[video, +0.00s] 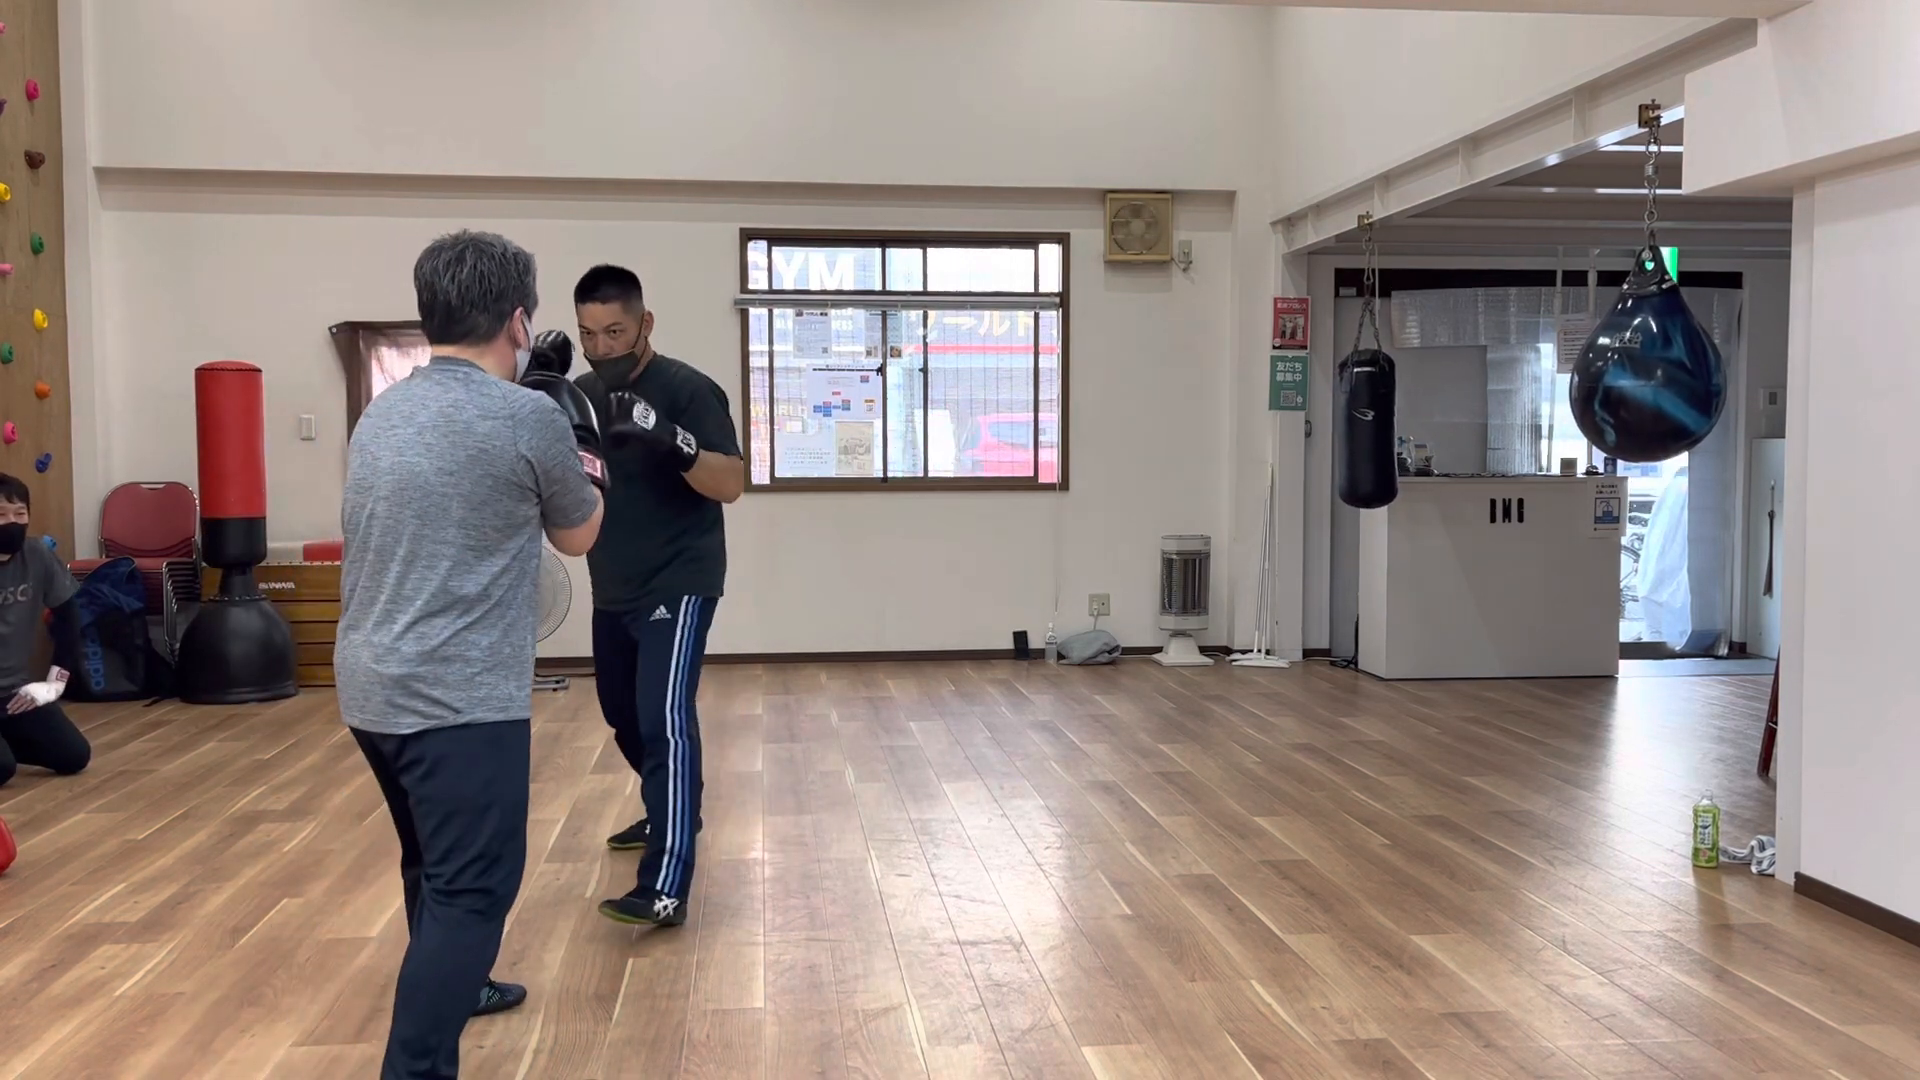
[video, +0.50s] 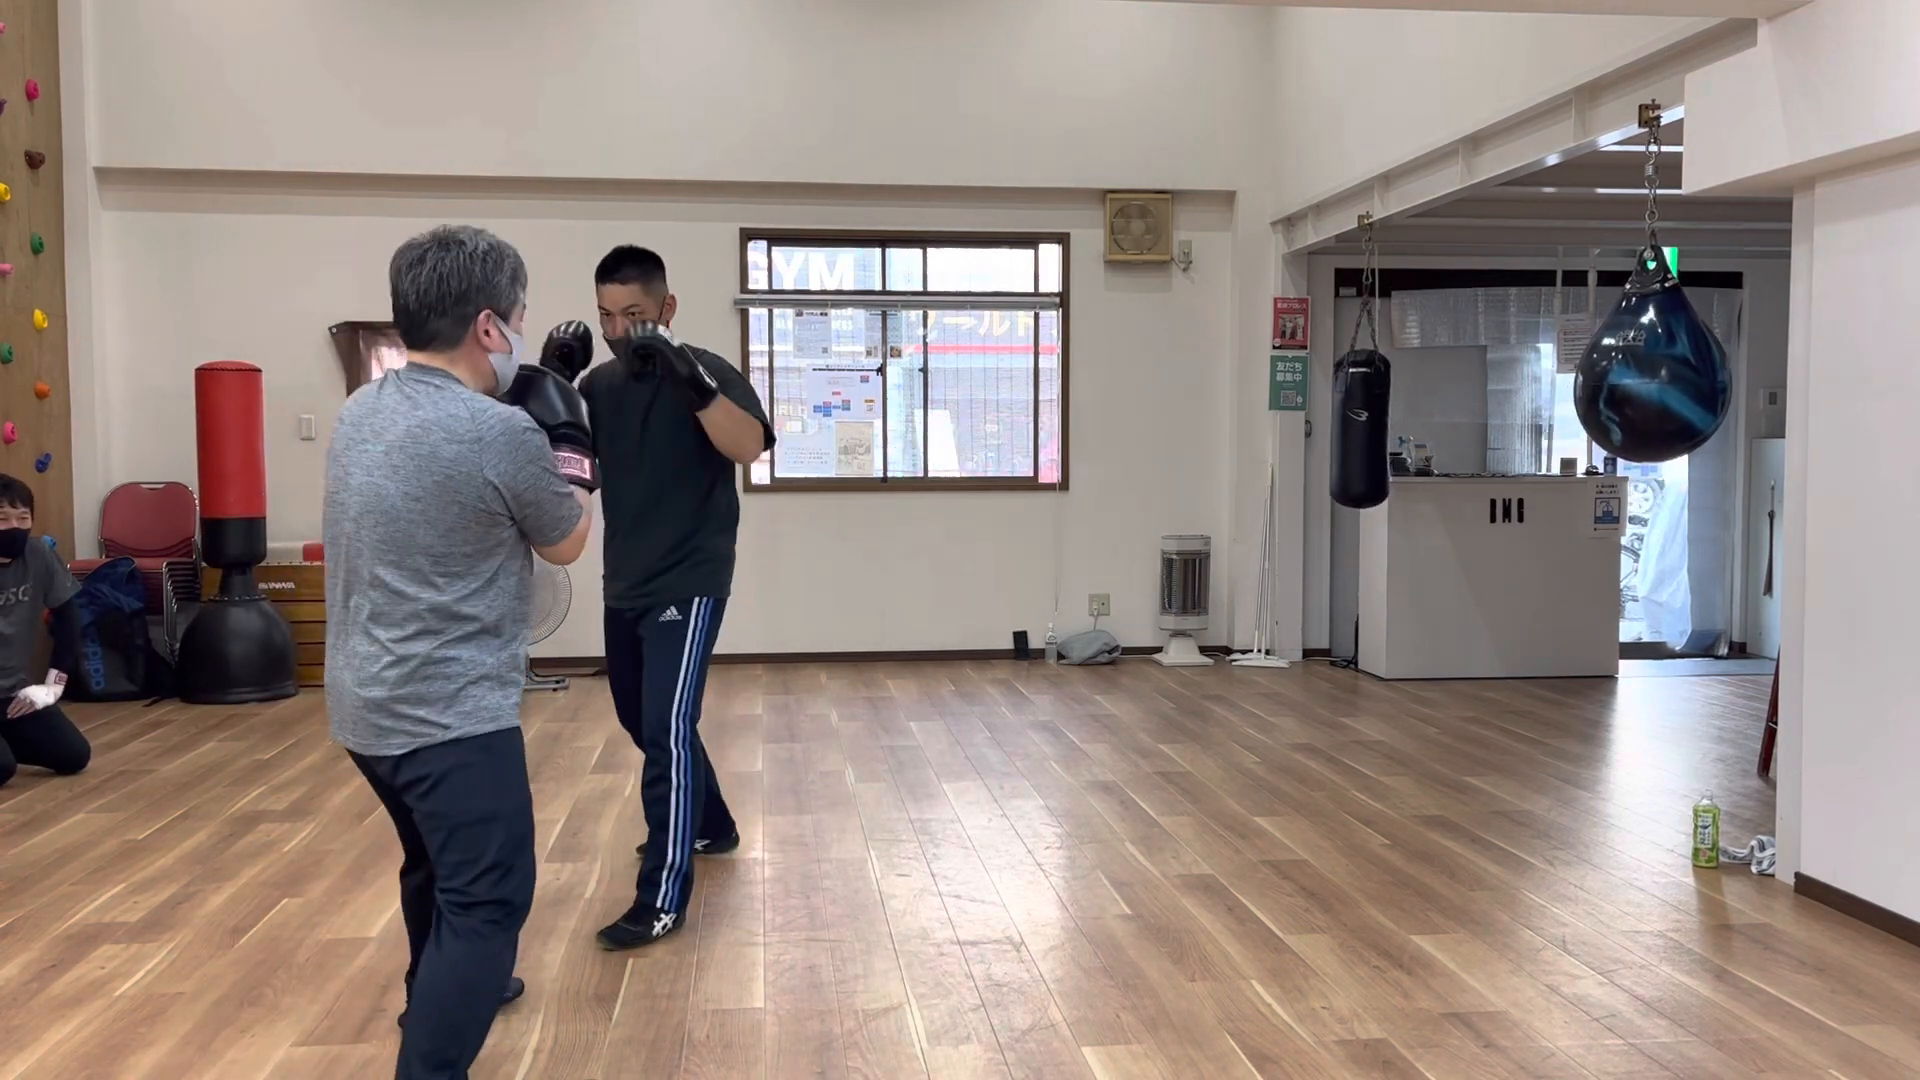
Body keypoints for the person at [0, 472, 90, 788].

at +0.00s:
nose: (12, 522)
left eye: (19, 513)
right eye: (2, 514)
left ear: (29, 516)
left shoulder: (35, 555)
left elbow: (67, 612)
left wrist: (55, 681)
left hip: (16, 693)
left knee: (74, 756)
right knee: (2, 767)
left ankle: (2, 742)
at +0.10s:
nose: (12, 522)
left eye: (19, 513)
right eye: (2, 514)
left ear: (29, 516)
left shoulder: (36, 556)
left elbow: (67, 613)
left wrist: (56, 683)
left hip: (16, 693)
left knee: (74, 756)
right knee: (2, 767)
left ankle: (2, 742)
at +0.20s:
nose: (12, 522)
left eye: (19, 513)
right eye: (3, 514)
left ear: (29, 516)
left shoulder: (36, 555)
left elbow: (67, 612)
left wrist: (55, 682)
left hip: (16, 693)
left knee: (74, 756)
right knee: (4, 768)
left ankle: (3, 742)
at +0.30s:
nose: (12, 523)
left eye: (19, 514)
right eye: (2, 516)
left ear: (29, 517)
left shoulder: (36, 555)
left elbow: (67, 612)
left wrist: (53, 683)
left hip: (15, 693)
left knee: (74, 756)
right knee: (4, 768)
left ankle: (3, 742)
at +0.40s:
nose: (12, 525)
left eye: (20, 516)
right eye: (2, 517)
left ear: (30, 519)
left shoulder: (37, 555)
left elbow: (67, 615)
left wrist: (49, 683)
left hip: (15, 693)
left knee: (74, 756)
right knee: (2, 767)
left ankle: (2, 742)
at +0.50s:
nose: (14, 527)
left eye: (22, 518)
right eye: (4, 519)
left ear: (32, 520)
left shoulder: (37, 554)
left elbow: (67, 612)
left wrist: (54, 683)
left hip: (15, 693)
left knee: (74, 756)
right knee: (4, 768)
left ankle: (3, 742)